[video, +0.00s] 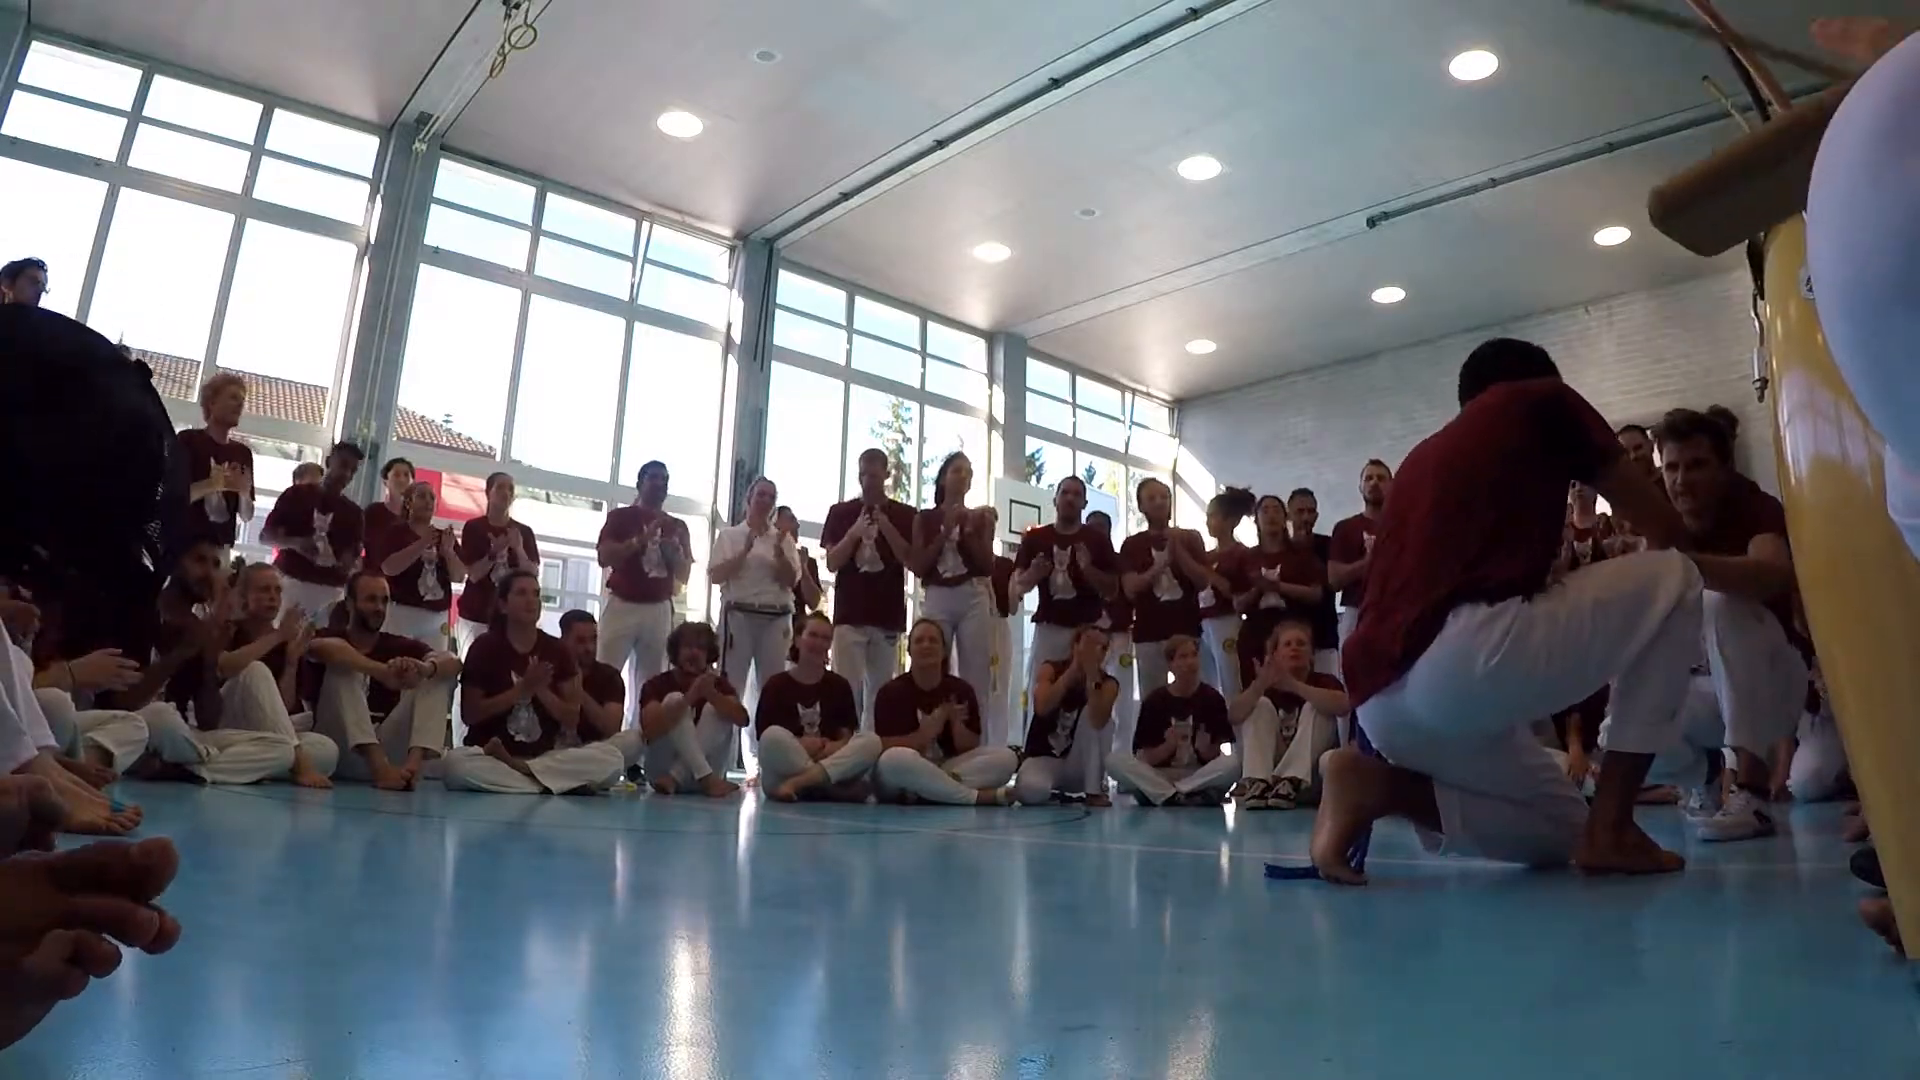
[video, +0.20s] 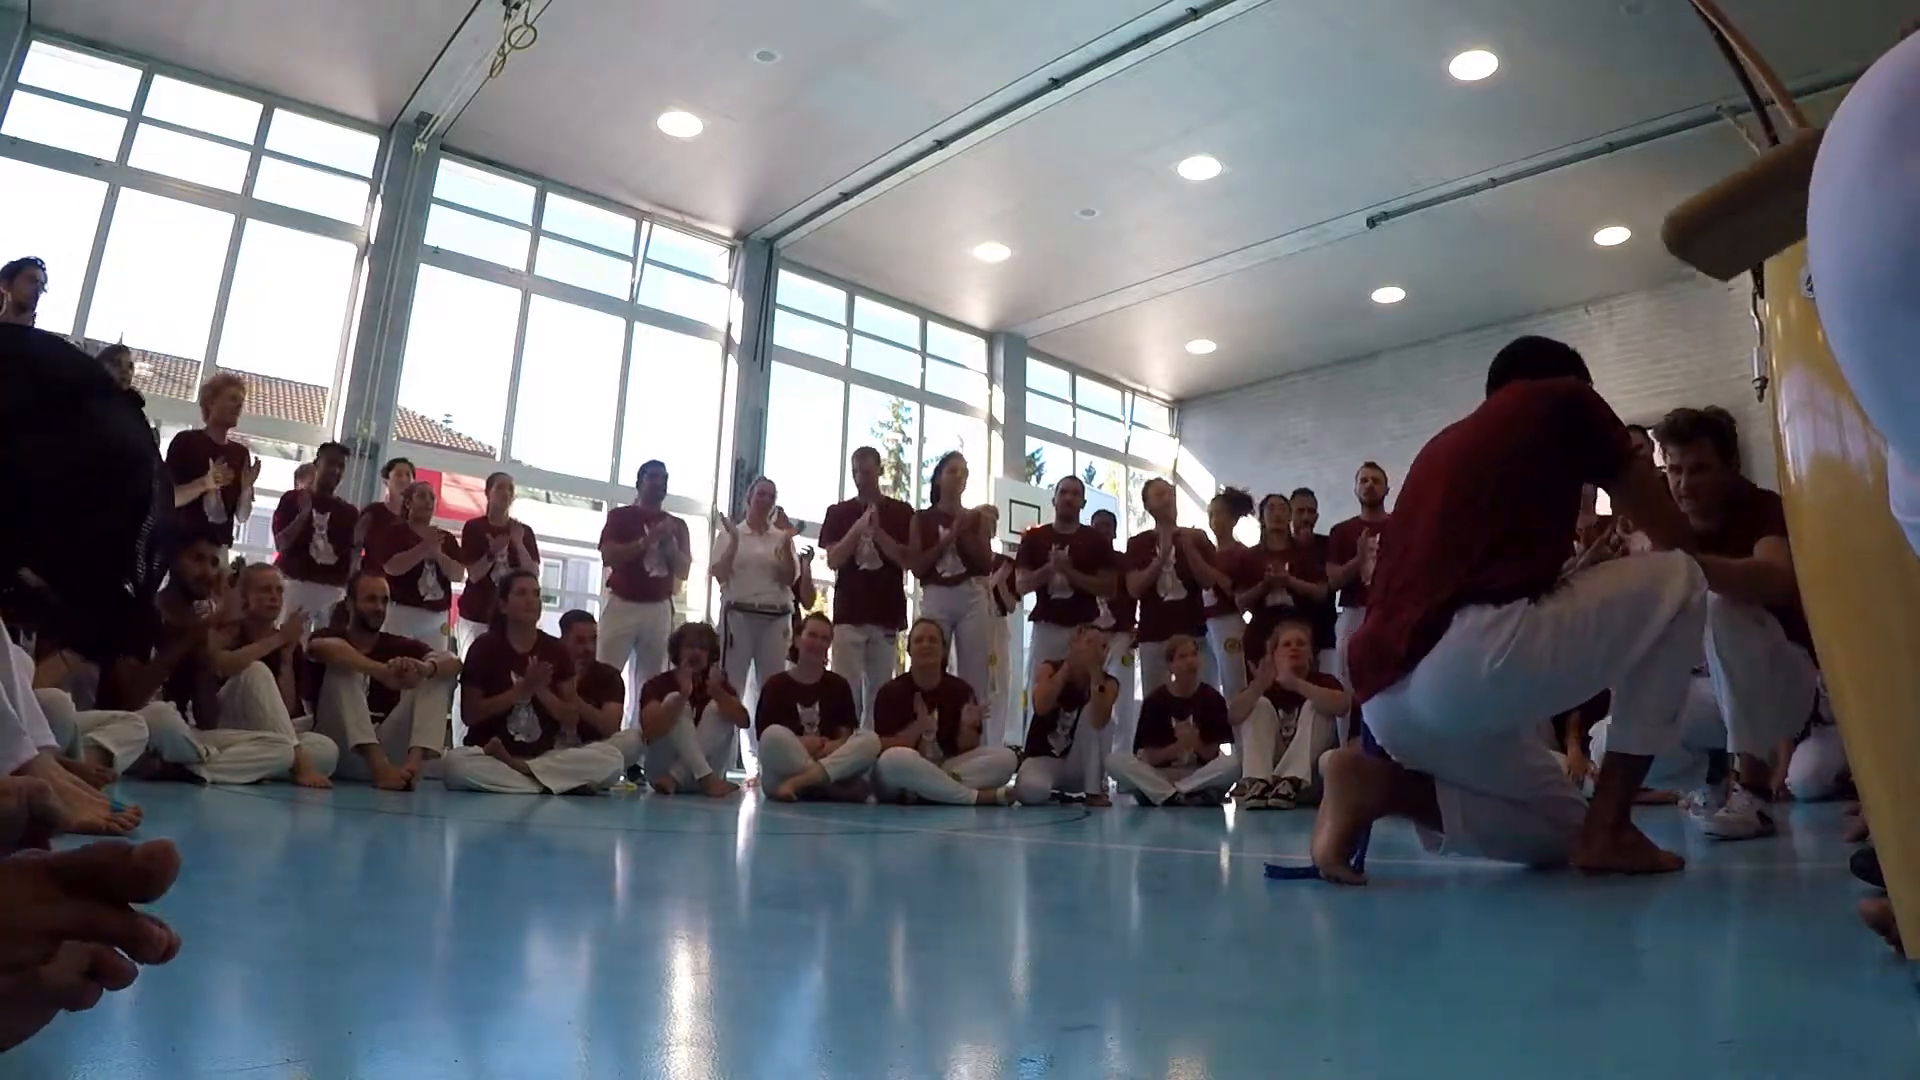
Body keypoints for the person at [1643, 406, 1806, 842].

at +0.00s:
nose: (1682, 480)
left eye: (1696, 466)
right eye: (1671, 468)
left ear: (1724, 466)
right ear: (1660, 472)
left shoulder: (1756, 507)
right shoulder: (1660, 523)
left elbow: (1773, 574)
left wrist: (1676, 567)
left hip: (1772, 681)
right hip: (1696, 683)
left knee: (1726, 603)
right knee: (1621, 737)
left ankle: (1744, 793)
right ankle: (1704, 777)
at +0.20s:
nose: (1685, 483)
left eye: (1699, 470)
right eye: (1674, 471)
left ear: (1730, 468)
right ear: (1663, 473)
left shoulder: (1765, 509)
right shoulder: (1662, 526)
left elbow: (1776, 580)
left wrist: (1675, 565)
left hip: (1781, 684)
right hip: (1700, 686)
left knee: (1728, 612)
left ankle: (1750, 789)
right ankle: (1711, 773)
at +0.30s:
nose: (1687, 493)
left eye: (1702, 478)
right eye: (1677, 479)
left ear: (1734, 471)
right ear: (1664, 477)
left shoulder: (1768, 510)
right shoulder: (1655, 526)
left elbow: (1782, 587)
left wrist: (1679, 562)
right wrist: (1604, 557)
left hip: (1784, 685)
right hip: (1702, 687)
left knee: (1725, 614)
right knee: (1598, 753)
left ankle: (1751, 787)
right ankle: (1718, 767)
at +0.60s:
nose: (1703, 497)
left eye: (1713, 484)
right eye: (1690, 486)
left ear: (1736, 478)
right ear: (1669, 484)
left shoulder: (1765, 511)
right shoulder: (1649, 524)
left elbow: (1790, 603)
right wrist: (1618, 553)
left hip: (1778, 676)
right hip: (1692, 682)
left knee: (1715, 614)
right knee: (1587, 765)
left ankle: (1747, 787)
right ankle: (1718, 772)